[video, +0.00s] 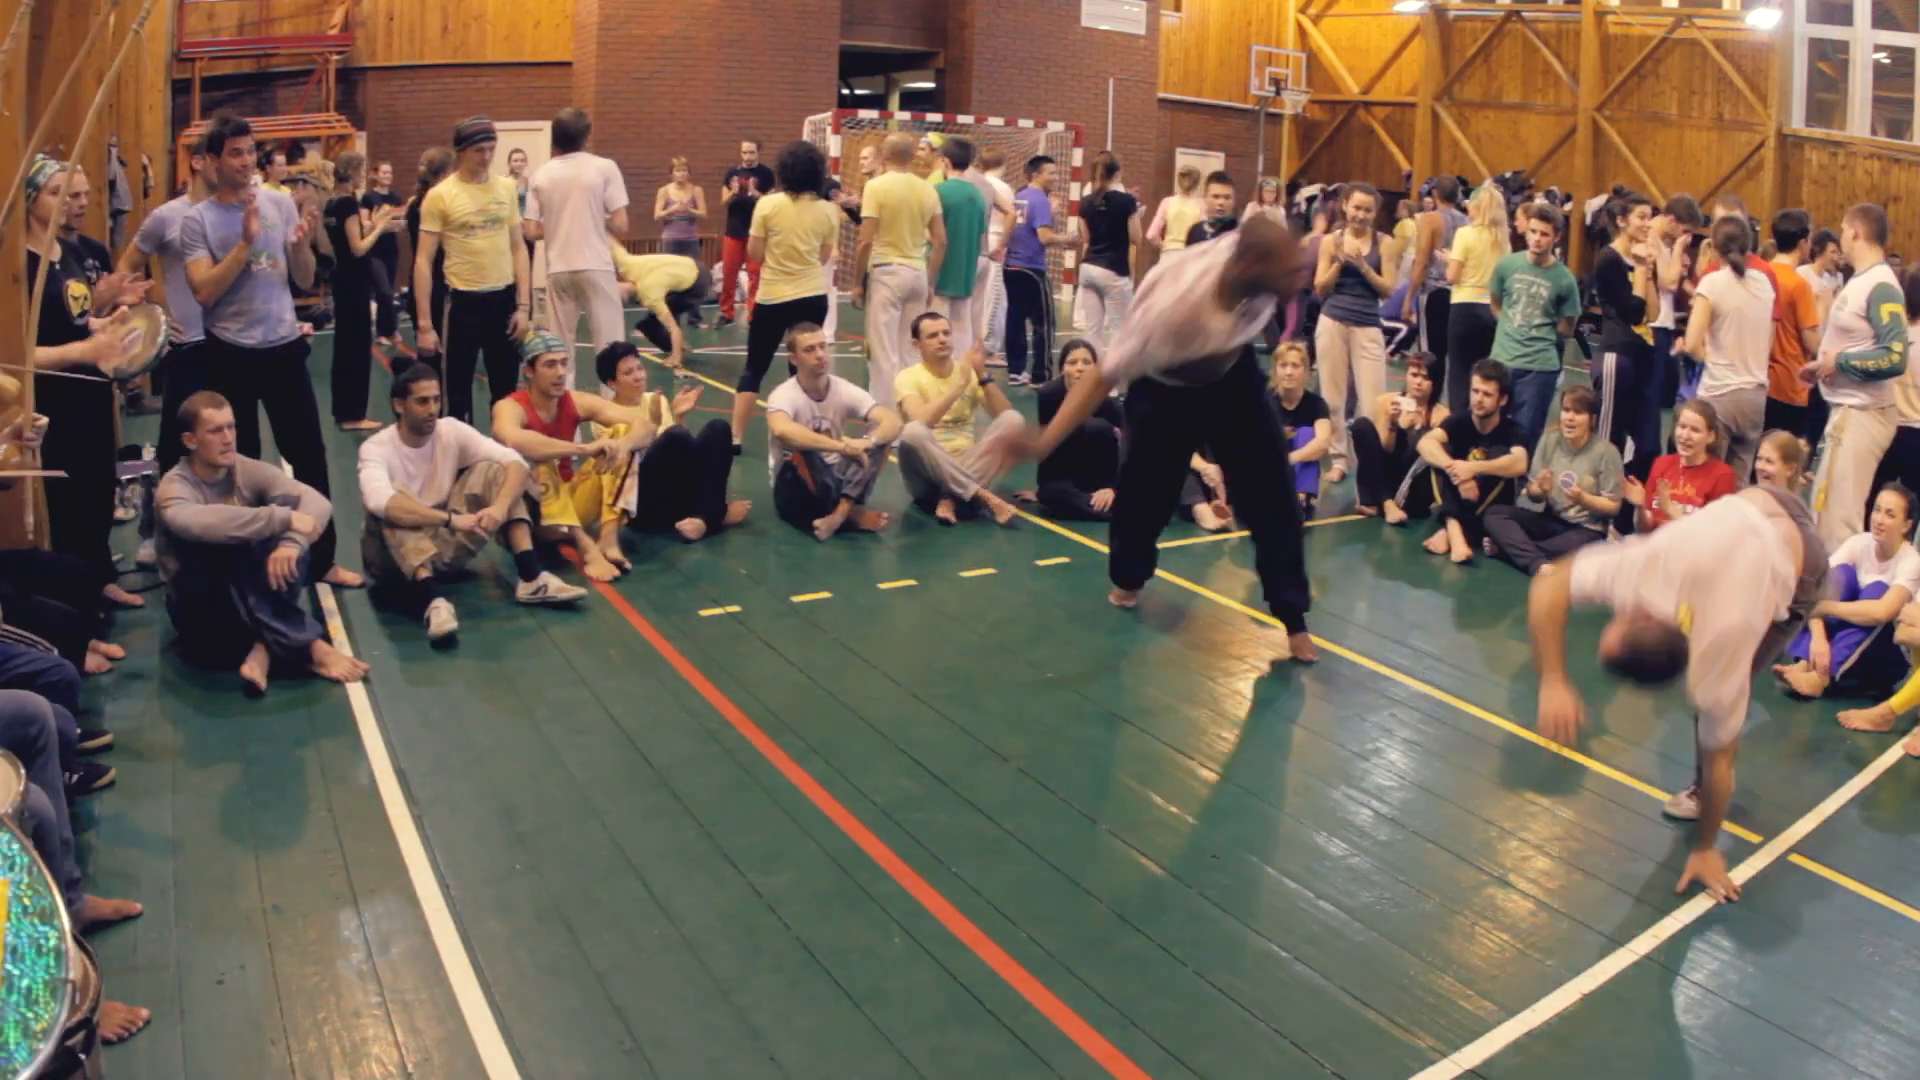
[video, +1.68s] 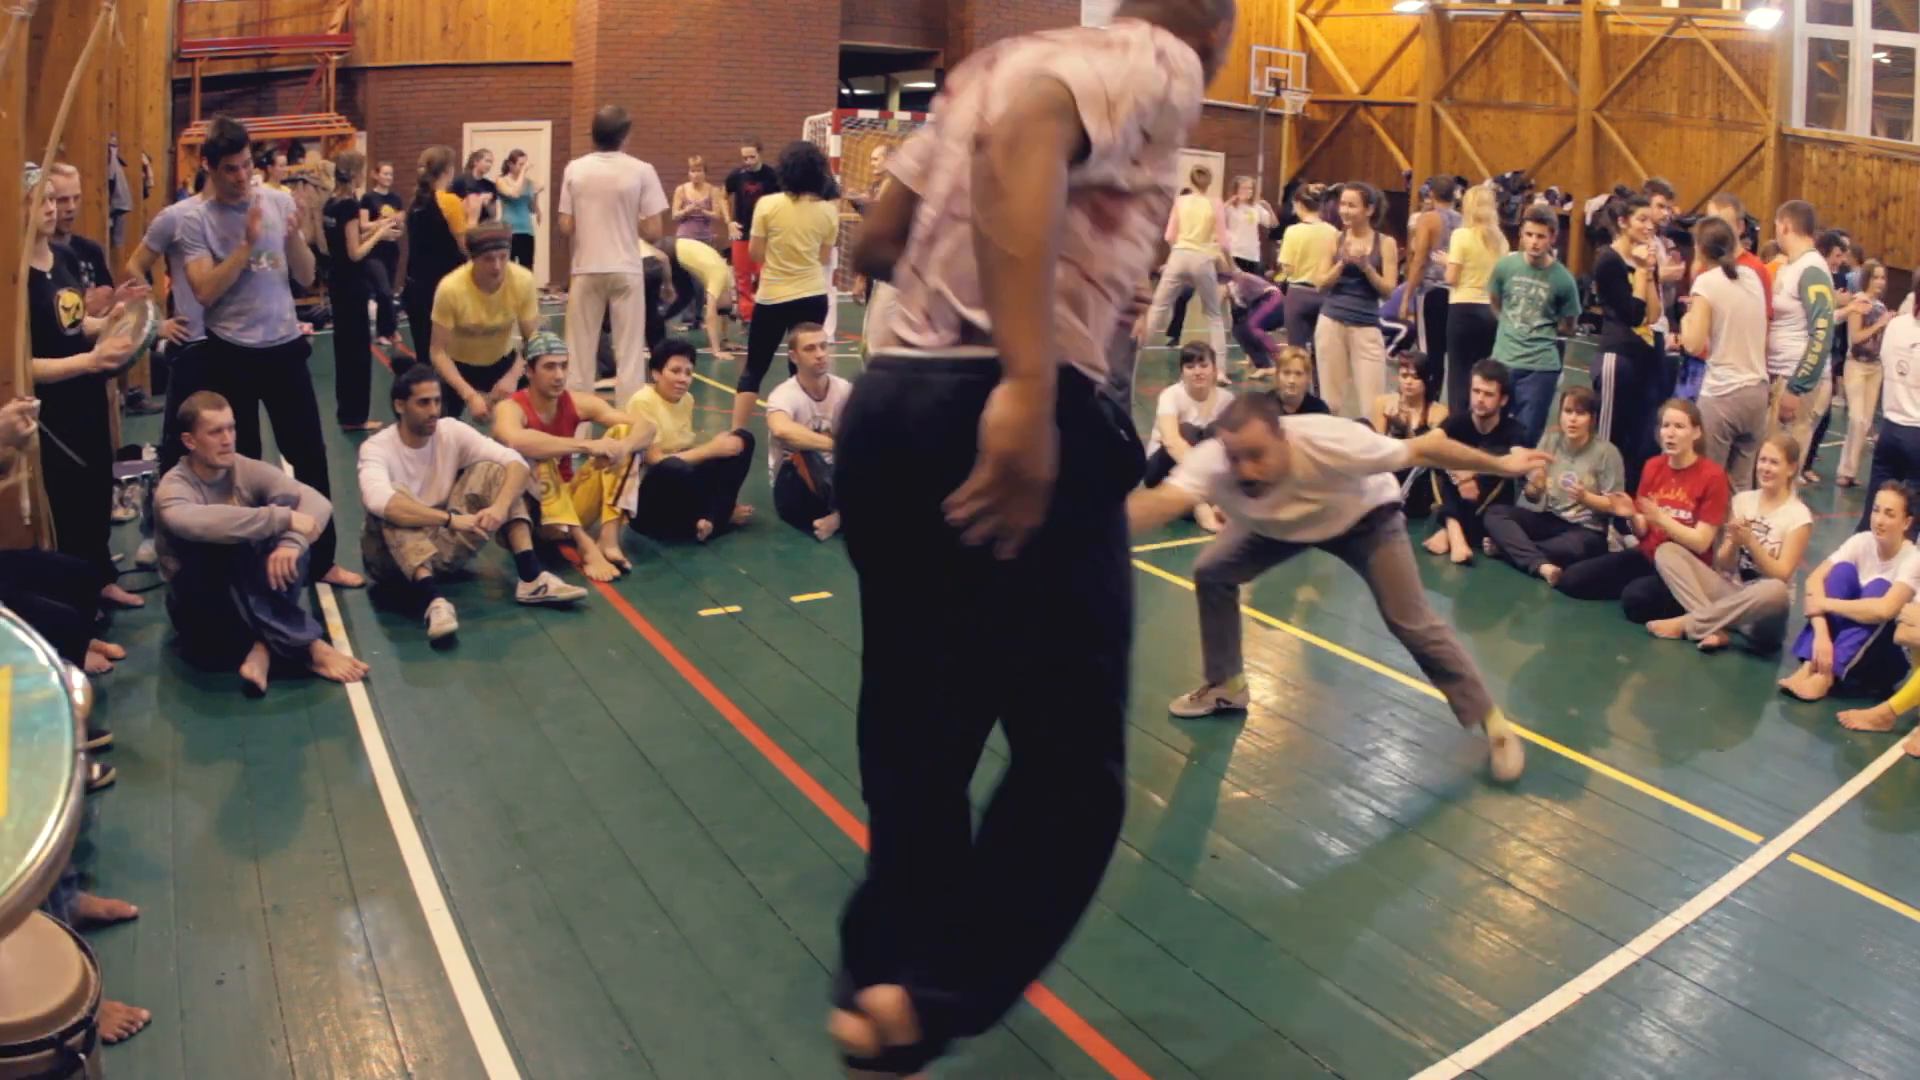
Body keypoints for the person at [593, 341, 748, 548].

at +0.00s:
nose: (638, 376)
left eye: (640, 368)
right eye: (628, 373)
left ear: (645, 369)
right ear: (612, 384)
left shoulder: (658, 403)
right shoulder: (604, 420)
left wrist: (678, 417)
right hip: (646, 512)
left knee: (719, 428)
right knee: (677, 438)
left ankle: (701, 516)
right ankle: (718, 514)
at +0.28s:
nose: (642, 375)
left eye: (643, 368)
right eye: (632, 372)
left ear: (649, 368)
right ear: (617, 384)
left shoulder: (661, 400)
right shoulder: (610, 413)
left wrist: (676, 419)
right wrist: (661, 420)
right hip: (646, 512)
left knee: (725, 431)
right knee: (676, 439)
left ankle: (702, 516)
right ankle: (720, 513)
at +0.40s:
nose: (645, 375)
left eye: (647, 367)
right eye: (635, 372)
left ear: (652, 368)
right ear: (619, 383)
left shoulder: (665, 400)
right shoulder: (613, 413)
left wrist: (677, 418)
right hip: (647, 512)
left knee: (727, 432)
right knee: (676, 440)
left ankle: (703, 518)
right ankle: (719, 513)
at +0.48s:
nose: (647, 376)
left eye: (649, 368)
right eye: (637, 372)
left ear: (655, 368)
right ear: (622, 382)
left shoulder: (667, 400)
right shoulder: (614, 412)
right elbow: (629, 470)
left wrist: (677, 427)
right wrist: (665, 430)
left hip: (684, 505)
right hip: (647, 512)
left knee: (729, 432)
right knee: (676, 444)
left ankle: (704, 517)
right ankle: (719, 514)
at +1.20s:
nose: (671, 374)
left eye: (675, 368)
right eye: (663, 368)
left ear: (680, 371)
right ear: (643, 375)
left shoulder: (685, 397)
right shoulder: (630, 408)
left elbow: (686, 447)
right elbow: (639, 463)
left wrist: (701, 437)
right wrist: (682, 440)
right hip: (649, 512)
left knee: (740, 438)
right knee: (675, 460)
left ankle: (708, 517)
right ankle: (721, 513)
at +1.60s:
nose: (681, 379)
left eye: (686, 373)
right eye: (673, 372)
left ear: (691, 376)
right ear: (654, 375)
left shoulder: (687, 400)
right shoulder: (641, 403)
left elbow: (684, 444)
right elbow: (649, 460)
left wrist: (708, 442)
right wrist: (699, 443)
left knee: (741, 439)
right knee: (674, 467)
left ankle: (710, 517)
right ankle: (722, 515)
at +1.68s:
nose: (683, 379)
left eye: (688, 373)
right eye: (675, 371)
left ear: (692, 375)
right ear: (656, 373)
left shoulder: (686, 400)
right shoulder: (643, 402)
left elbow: (685, 449)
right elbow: (653, 458)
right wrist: (710, 449)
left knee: (741, 439)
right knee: (672, 469)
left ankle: (710, 517)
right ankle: (722, 513)